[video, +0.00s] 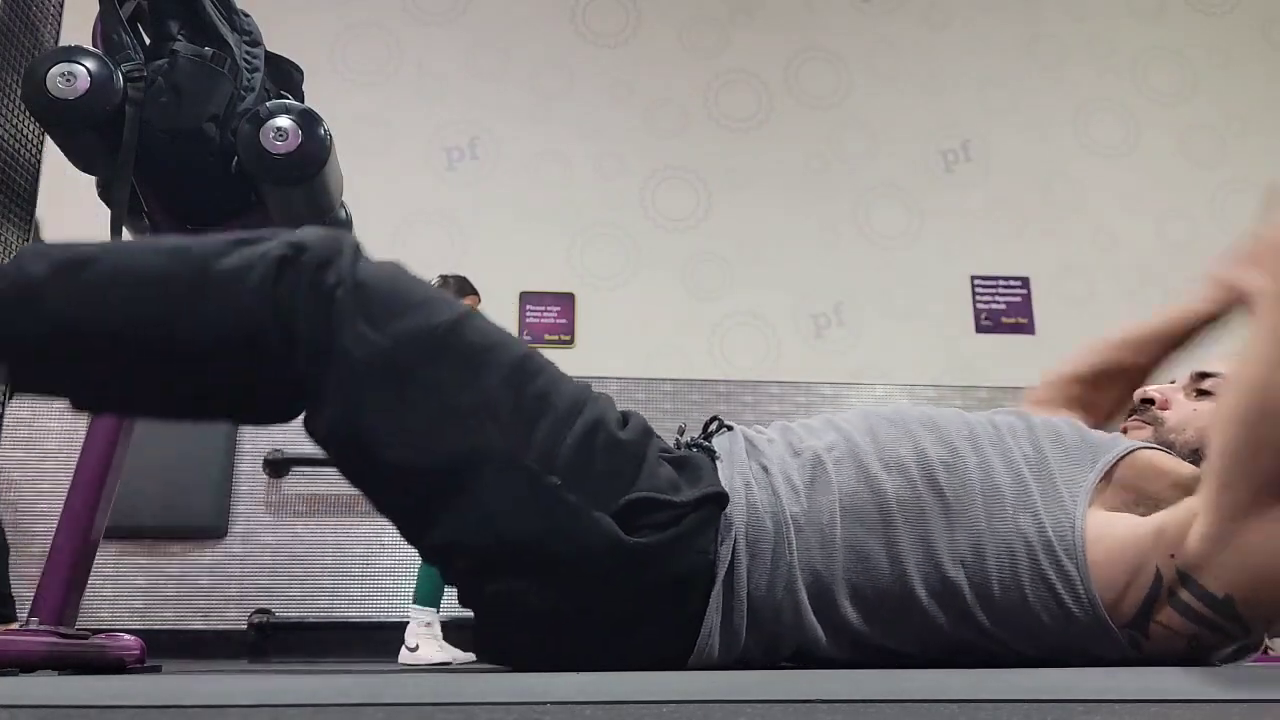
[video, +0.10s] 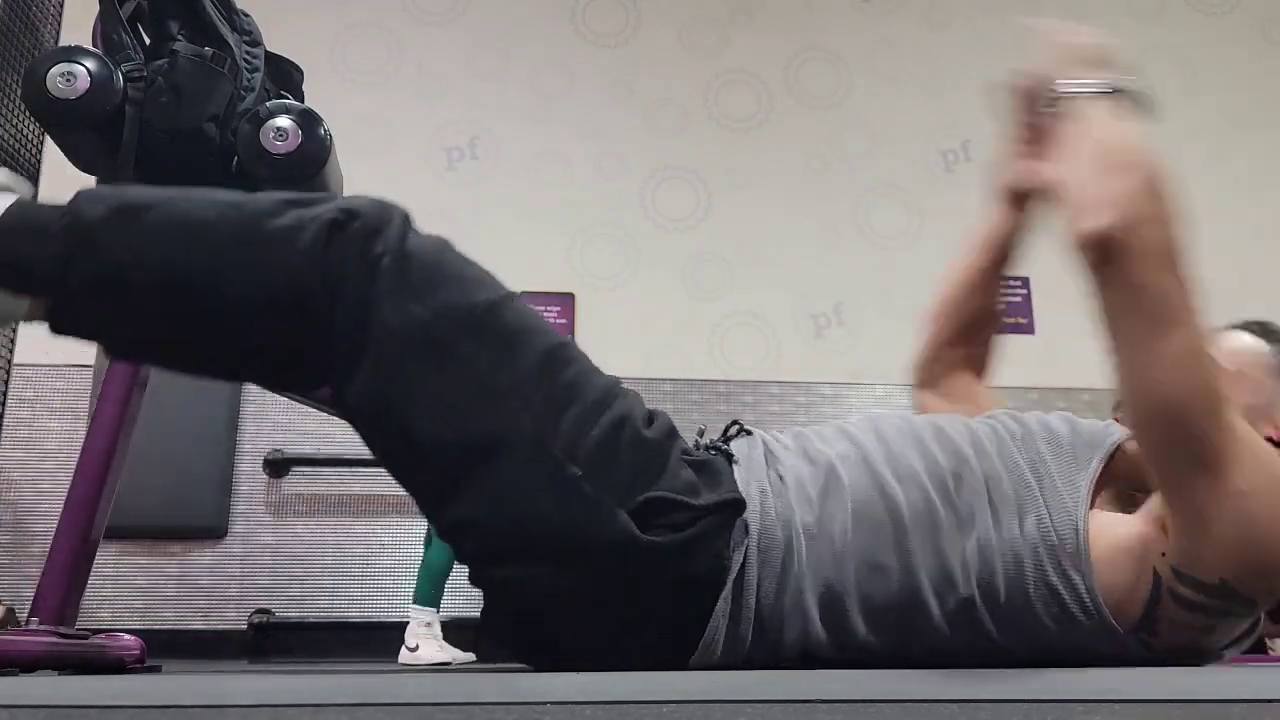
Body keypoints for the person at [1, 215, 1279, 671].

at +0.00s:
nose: (1182, 395)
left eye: (1214, 390)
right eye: (1188, 378)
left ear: (1244, 449)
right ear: (1171, 411)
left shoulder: (1190, 568)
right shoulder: (1091, 463)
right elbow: (1075, 384)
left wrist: (1244, 310)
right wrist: (1222, 294)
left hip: (671, 552)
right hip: (657, 484)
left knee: (324, 289)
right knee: (322, 296)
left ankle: (3, 303)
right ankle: (12, 311)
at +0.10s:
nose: (1222, 371)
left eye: (1252, 374)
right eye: (1237, 355)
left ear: (1265, 440)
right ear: (1205, 390)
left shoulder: (1215, 542)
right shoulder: (1087, 488)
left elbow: (1132, 248)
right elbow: (947, 391)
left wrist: (1115, 169)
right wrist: (1016, 209)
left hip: (683, 564)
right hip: (674, 508)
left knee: (365, 268)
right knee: (373, 287)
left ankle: (14, 237)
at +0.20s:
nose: (1098, 340)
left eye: (1140, 330)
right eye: (1113, 323)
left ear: (1239, 378)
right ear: (1191, 370)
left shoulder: (1219, 479)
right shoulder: (1059, 470)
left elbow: (961, 265)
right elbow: (864, 366)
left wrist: (808, 128)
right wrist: (791, 180)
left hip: (700, 566)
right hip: (677, 528)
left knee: (401, 246)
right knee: (404, 244)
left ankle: (38, 215)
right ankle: (69, 197)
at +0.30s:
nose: (992, 290)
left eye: (1026, 265)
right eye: (1000, 268)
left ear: (1134, 291)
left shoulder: (1157, 406)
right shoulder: (986, 428)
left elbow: (866, 275)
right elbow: (769, 332)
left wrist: (657, 165)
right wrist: (638, 179)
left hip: (717, 557)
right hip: (675, 536)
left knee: (426, 231)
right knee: (425, 222)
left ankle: (64, 195)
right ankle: (82, 168)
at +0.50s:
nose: (850, 196)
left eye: (878, 168)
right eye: (853, 175)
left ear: (984, 170)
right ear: (924, 183)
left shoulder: (1036, 287)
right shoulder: (861, 343)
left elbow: (759, 212)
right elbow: (646, 287)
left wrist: (516, 112)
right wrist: (495, 157)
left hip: (696, 570)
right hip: (643, 564)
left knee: (472, 189)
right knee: (470, 185)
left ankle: (78, 164)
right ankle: (98, 157)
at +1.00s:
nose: (889, 210)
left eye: (921, 185)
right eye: (892, 185)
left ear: (1019, 196)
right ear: (923, 214)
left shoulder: (1064, 323)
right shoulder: (883, 366)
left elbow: (798, 165)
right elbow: (699, 282)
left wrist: (635, 31)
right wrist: (605, 114)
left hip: (686, 569)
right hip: (654, 541)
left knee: (443, 196)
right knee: (438, 211)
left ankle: (75, 163)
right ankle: (95, 180)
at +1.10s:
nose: (964, 256)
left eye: (997, 228)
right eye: (964, 232)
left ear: (1095, 261)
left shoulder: (1126, 389)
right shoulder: (933, 406)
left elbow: (905, 174)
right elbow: (788, 293)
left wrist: (798, 52)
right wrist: (765, 110)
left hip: (694, 559)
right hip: (644, 539)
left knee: (384, 241)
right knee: (383, 239)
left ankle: (28, 211)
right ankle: (64, 191)